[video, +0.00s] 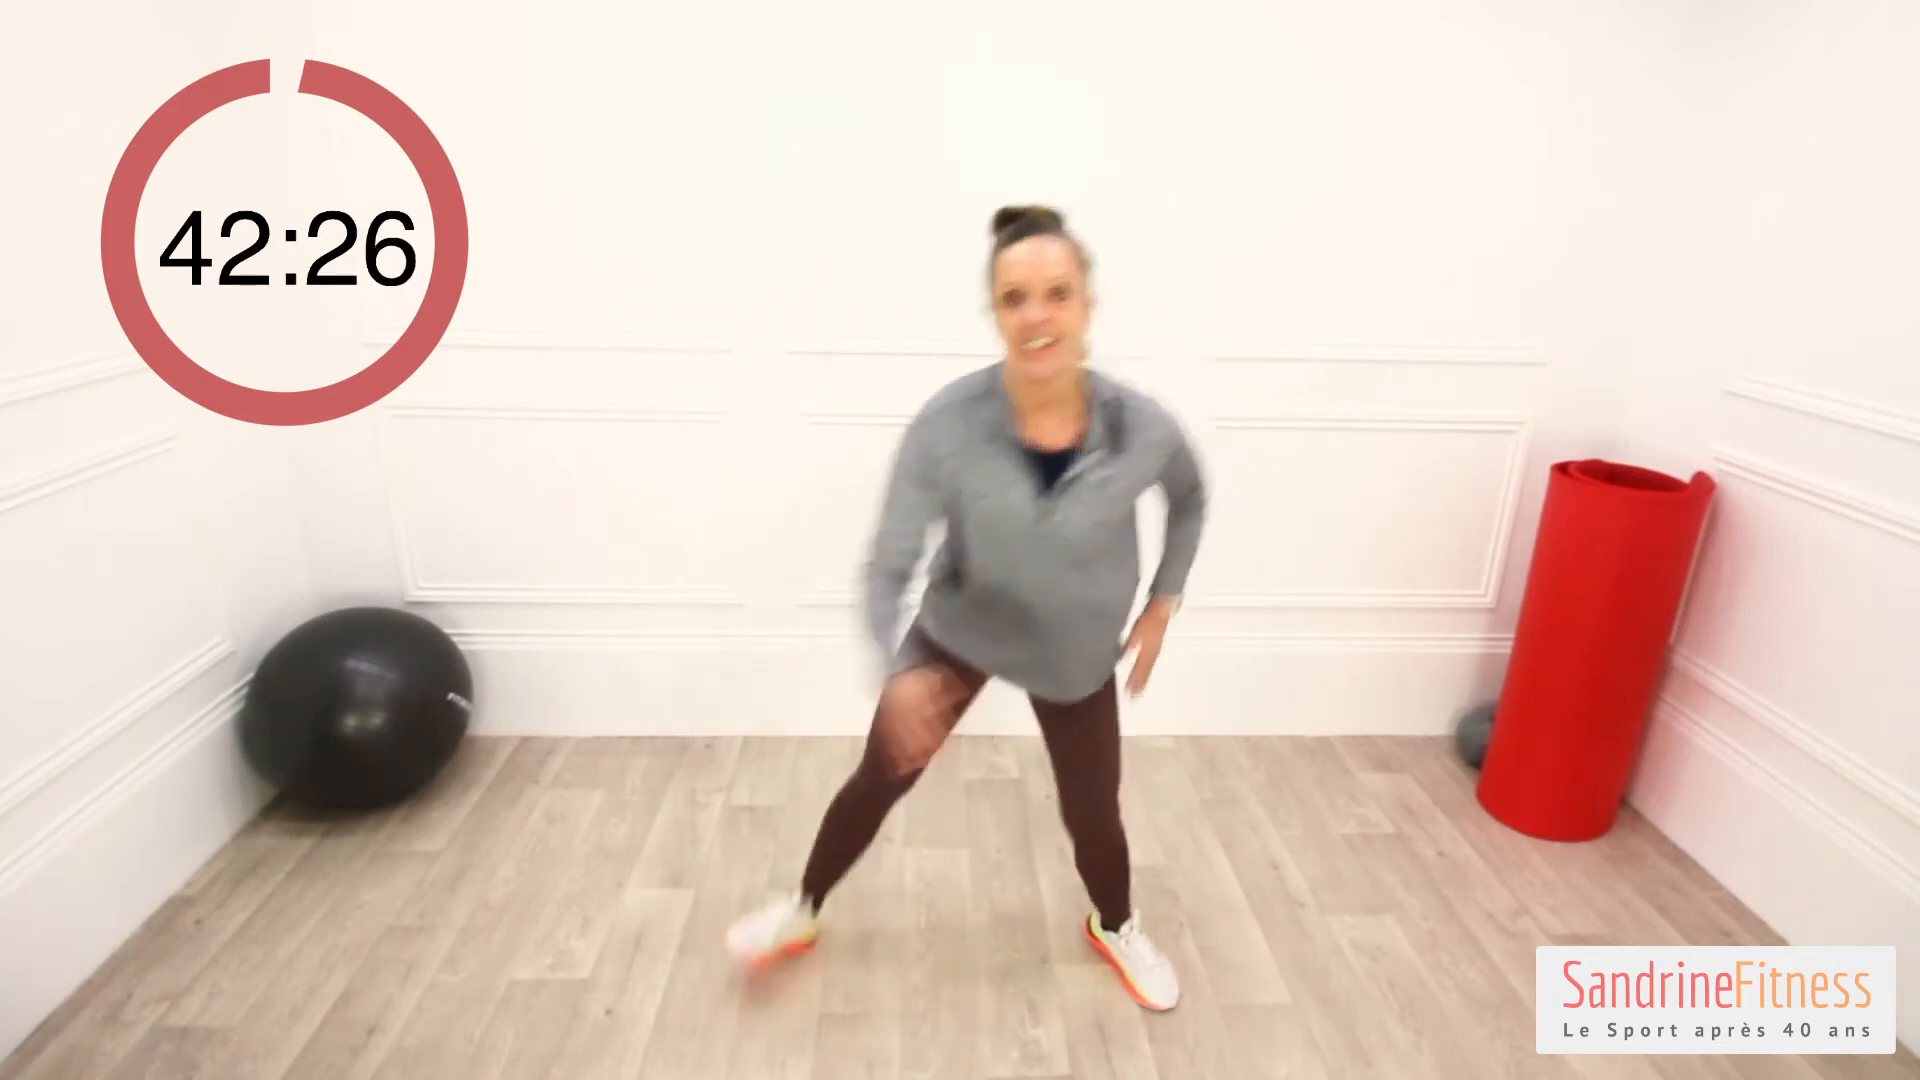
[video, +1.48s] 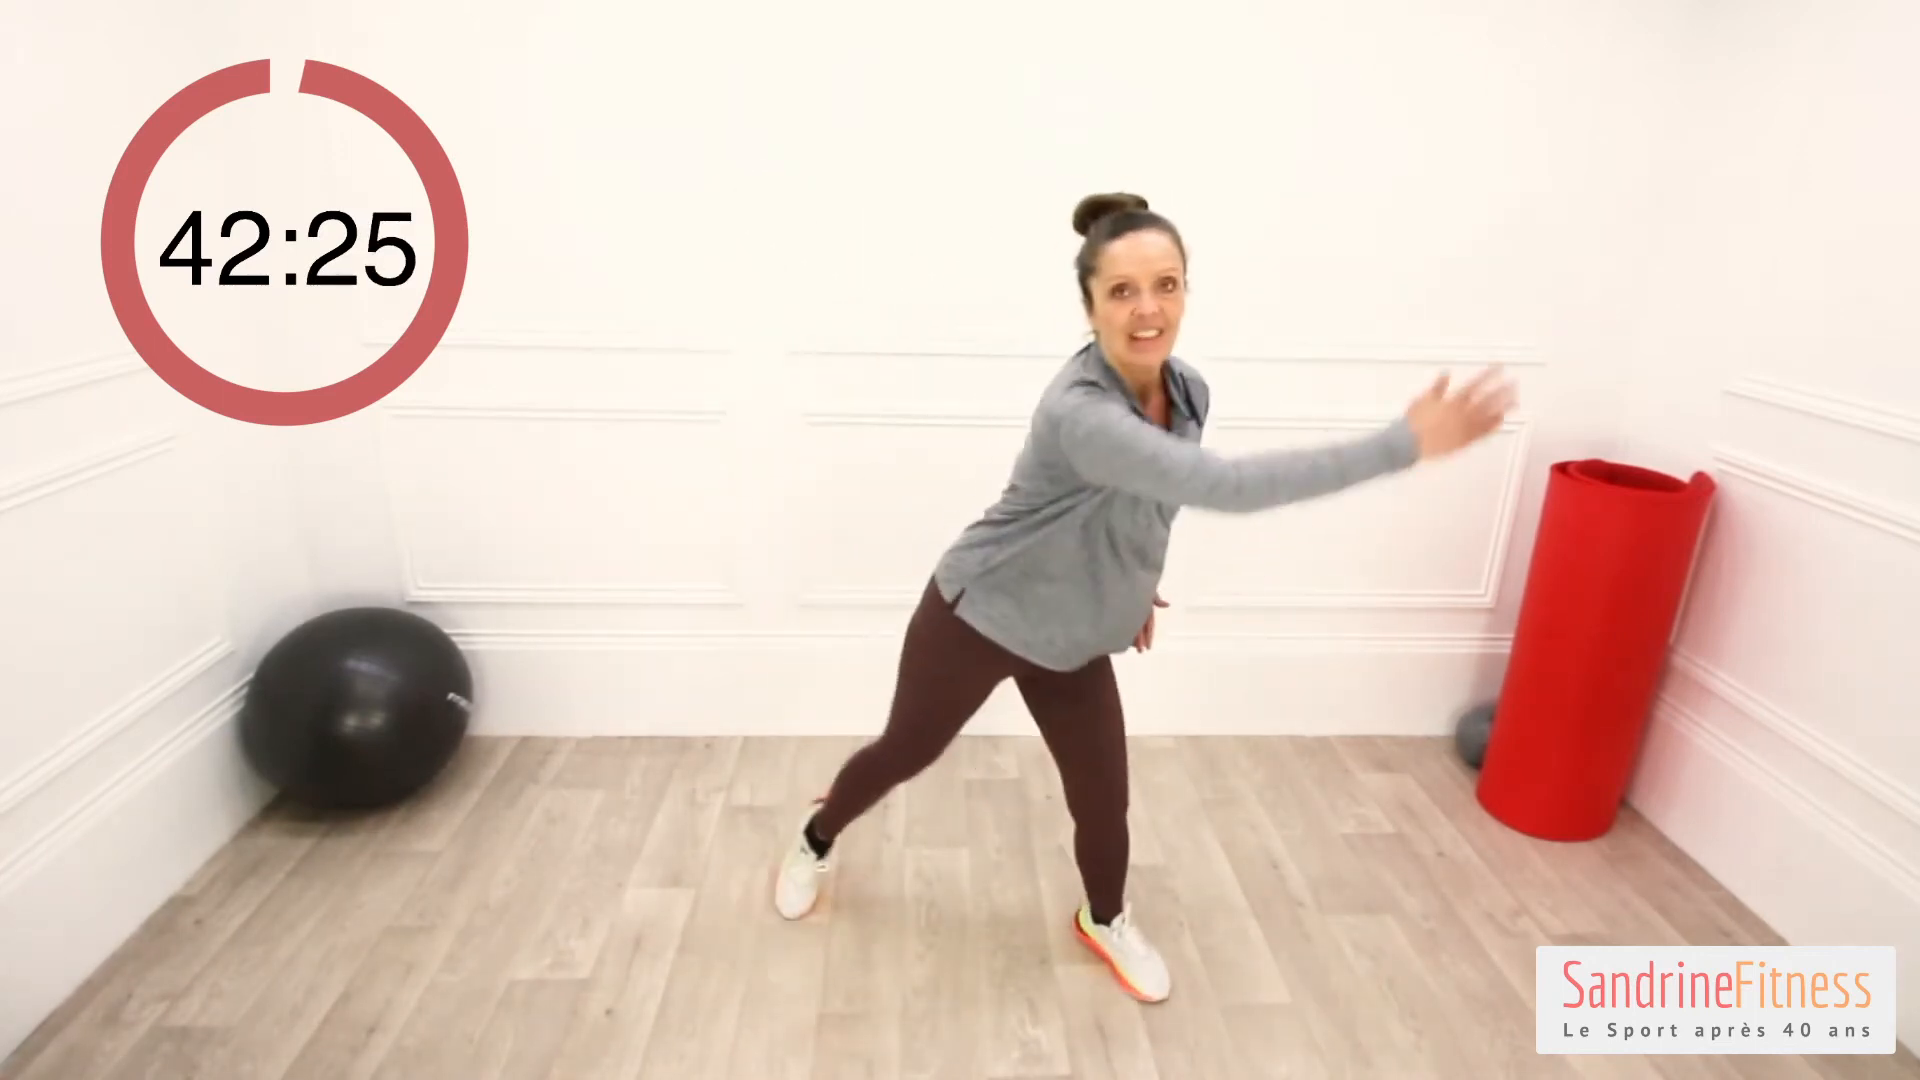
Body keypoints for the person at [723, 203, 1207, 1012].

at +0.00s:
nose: (1037, 318)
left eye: (1057, 295)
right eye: (1015, 299)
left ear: (1089, 306)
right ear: (994, 315)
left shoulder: (1142, 428)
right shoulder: (947, 428)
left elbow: (1190, 499)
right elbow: (888, 567)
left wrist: (1164, 598)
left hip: (1078, 639)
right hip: (964, 624)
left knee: (1094, 810)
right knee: (887, 770)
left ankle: (1116, 927)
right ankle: (803, 908)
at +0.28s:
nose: (827, 303)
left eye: (849, 280)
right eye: (806, 284)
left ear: (885, 292)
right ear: (785, 299)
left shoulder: (934, 419)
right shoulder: (755, 413)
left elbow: (987, 590)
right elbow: (743, 499)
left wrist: (890, 655)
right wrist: (763, 591)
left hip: (958, 615)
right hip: (844, 632)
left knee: (1043, 761)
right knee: (808, 802)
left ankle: (1118, 898)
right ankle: (778, 933)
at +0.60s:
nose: (754, 302)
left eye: (774, 278)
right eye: (729, 283)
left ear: (809, 291)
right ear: (709, 302)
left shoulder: (853, 401)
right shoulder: (710, 391)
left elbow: (843, 509)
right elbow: (753, 510)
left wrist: (696, 536)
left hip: (916, 618)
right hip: (812, 631)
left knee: (972, 753)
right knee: (774, 806)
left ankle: (1045, 829)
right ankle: (780, 934)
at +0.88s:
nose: (863, 322)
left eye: (880, 297)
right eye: (837, 303)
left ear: (906, 306)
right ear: (809, 318)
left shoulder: (964, 432)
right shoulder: (772, 409)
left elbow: (1073, 539)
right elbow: (718, 422)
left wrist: (1021, 655)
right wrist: (745, 525)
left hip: (949, 640)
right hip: (829, 646)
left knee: (1025, 790)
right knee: (798, 823)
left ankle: (1089, 897)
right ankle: (777, 937)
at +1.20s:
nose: (1077, 312)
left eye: (1093, 287)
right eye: (1051, 294)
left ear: (1115, 295)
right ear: (1021, 312)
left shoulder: (1137, 404)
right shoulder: (995, 425)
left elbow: (1088, 532)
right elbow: (974, 598)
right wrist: (1109, 613)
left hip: (1039, 624)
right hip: (934, 617)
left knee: (1073, 799)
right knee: (850, 776)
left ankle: (1105, 921)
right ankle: (767, 920)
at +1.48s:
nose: (1146, 309)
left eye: (1164, 286)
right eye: (1122, 292)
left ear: (1185, 297)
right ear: (1089, 306)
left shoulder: (1189, 396)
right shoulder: (1078, 414)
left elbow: (1141, 509)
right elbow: (1222, 484)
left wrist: (1136, 596)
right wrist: (1406, 442)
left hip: (1073, 629)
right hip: (979, 611)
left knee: (1102, 794)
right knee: (906, 751)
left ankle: (1104, 920)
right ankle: (813, 839)